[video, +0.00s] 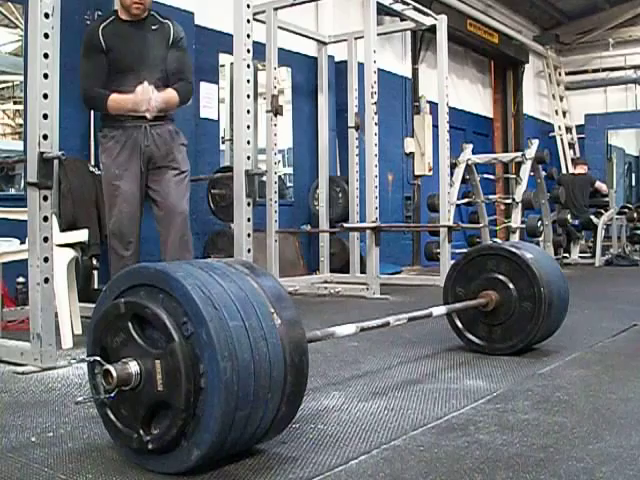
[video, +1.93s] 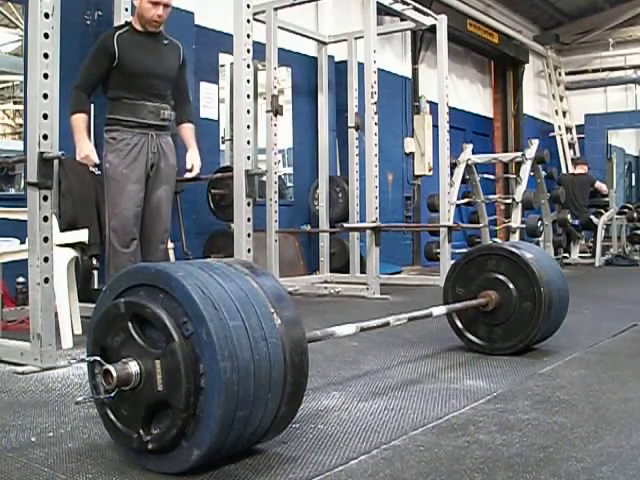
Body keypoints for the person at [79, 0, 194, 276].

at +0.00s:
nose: (140, 1)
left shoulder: (170, 30)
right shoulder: (99, 34)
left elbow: (185, 86)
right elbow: (90, 95)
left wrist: (158, 101)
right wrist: (133, 101)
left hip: (166, 136)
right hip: (119, 138)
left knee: (177, 216)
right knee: (122, 226)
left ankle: (184, 298)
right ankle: (124, 302)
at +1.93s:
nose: (161, 12)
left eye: (166, 7)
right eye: (155, 4)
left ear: (170, 9)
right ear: (137, 3)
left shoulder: (175, 49)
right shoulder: (113, 41)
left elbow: (182, 105)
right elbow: (80, 92)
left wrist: (192, 148)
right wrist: (82, 142)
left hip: (164, 143)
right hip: (124, 141)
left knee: (158, 231)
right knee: (124, 229)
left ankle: (158, 303)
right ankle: (123, 304)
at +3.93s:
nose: (153, 10)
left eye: (160, 5)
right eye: (147, 3)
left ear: (166, 9)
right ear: (132, 3)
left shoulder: (174, 47)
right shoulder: (109, 38)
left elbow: (183, 101)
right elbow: (74, 90)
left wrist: (192, 146)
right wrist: (74, 141)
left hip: (161, 140)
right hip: (119, 138)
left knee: (156, 226)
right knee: (121, 223)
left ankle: (157, 301)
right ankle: (119, 302)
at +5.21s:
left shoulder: (211, 23)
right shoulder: (136, 11)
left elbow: (220, 80)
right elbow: (90, 67)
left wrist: (238, 136)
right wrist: (83, 133)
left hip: (186, 128)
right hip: (143, 123)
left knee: (181, 217)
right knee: (166, 207)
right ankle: (144, 294)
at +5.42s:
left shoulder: (238, 17)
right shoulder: (160, 8)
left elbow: (249, 80)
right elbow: (111, 66)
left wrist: (273, 136)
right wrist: (107, 135)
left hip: (218, 127)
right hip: (174, 124)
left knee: (197, 228)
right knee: (209, 220)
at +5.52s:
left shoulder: (253, 10)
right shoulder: (178, 4)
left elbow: (260, 76)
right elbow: (129, 61)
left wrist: (281, 134)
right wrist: (132, 137)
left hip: (237, 125)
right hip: (189, 120)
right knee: (221, 231)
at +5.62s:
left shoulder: (268, 5)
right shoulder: (193, 3)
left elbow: (271, 67)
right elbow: (147, 51)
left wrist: (284, 130)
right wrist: (156, 123)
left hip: (255, 117)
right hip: (205, 115)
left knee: (296, 214)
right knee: (227, 239)